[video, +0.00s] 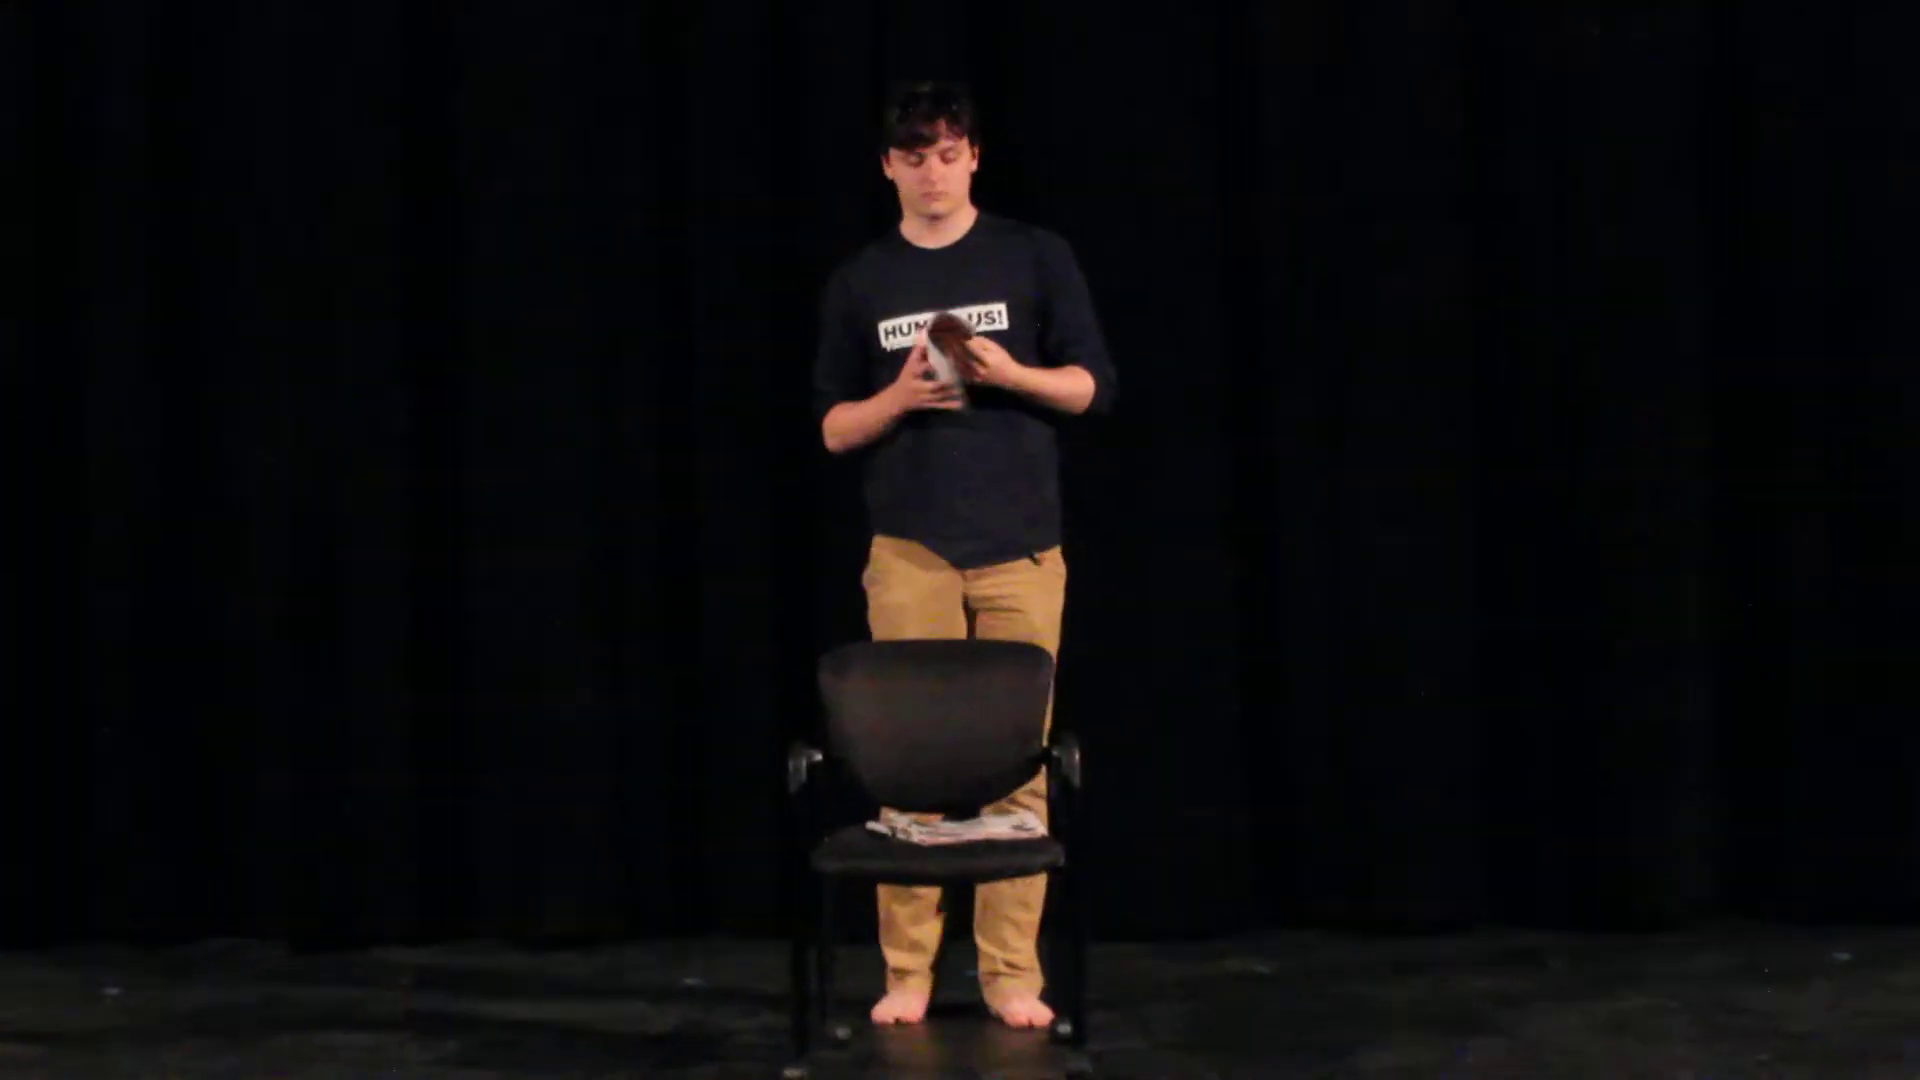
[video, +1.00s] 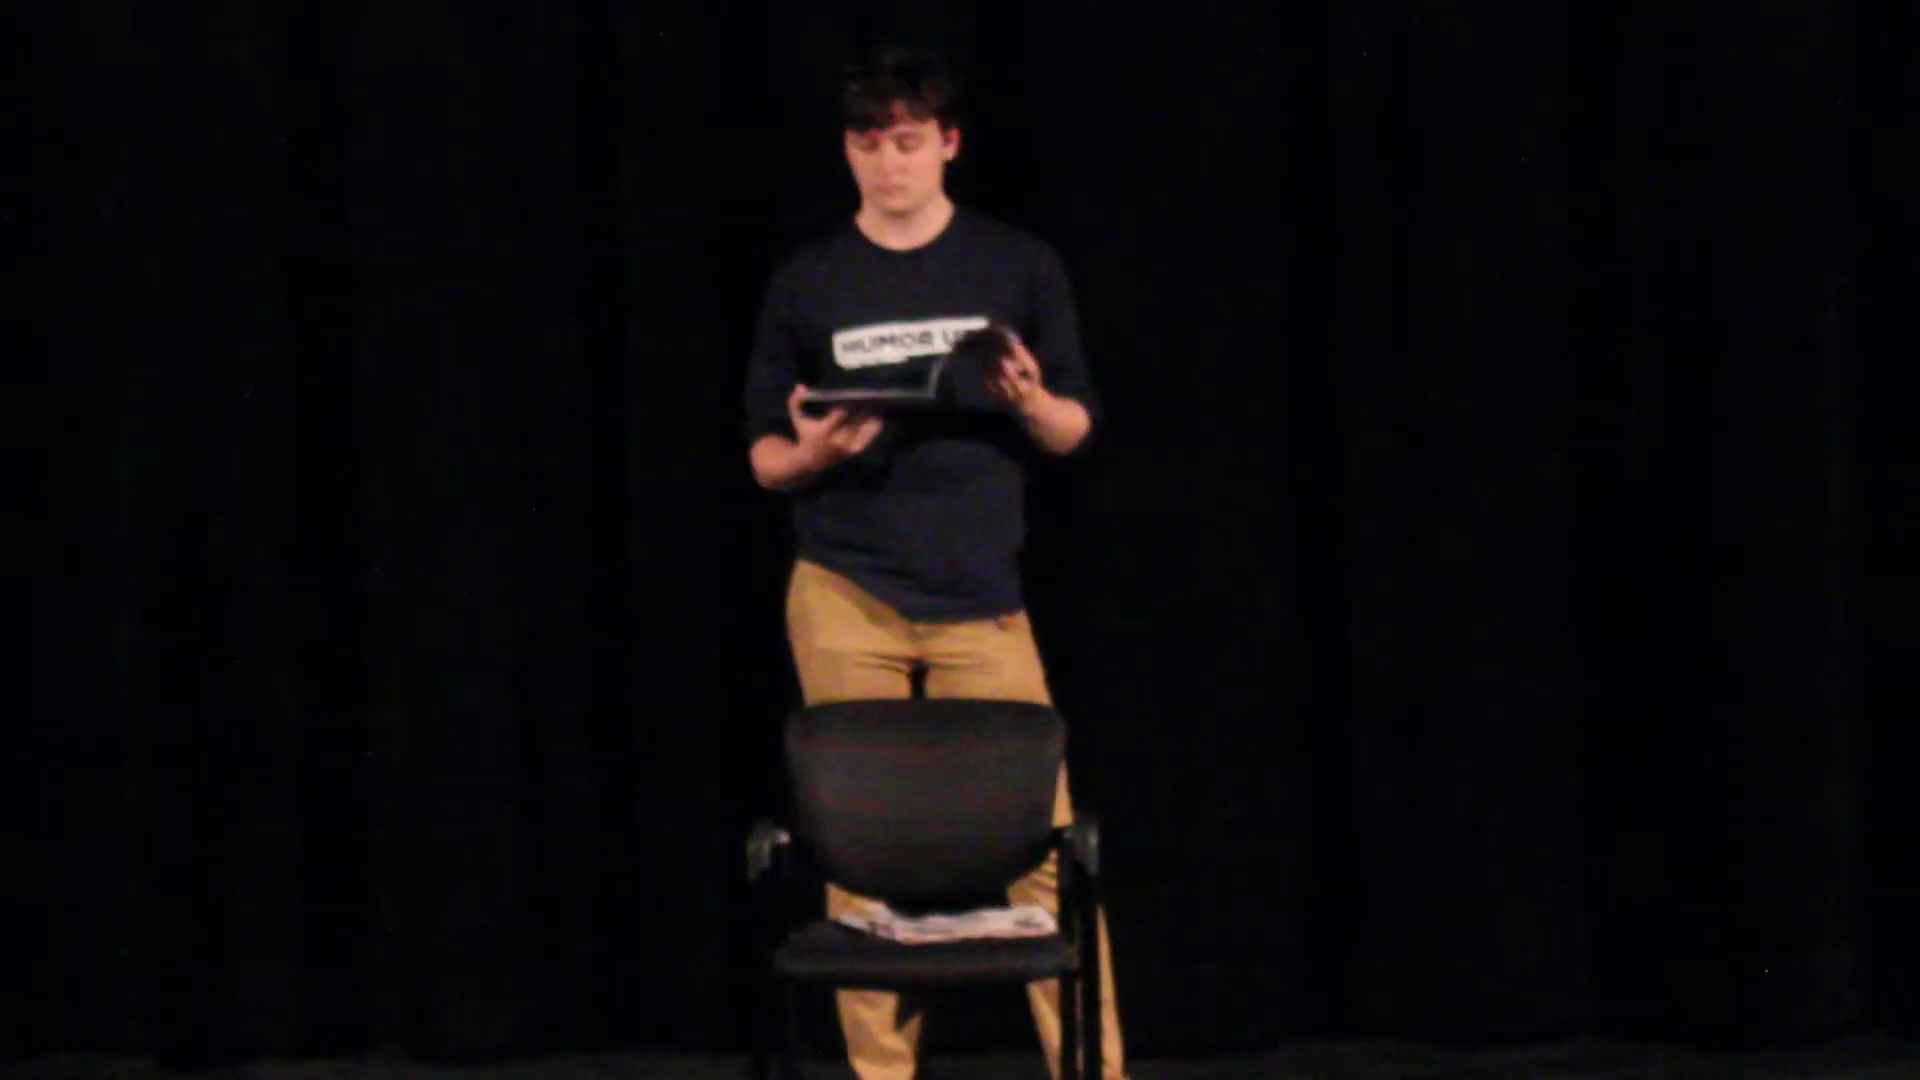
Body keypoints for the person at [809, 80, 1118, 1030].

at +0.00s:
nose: (935, 170)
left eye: (949, 152)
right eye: (917, 155)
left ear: (975, 158)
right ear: (889, 166)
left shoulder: (1038, 260)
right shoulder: (860, 282)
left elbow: (1089, 389)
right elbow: (834, 430)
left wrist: (1012, 374)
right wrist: (902, 397)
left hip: (1022, 550)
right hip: (907, 552)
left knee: (1018, 761)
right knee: (908, 759)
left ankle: (1011, 976)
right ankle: (907, 977)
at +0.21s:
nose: (946, 150)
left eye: (961, 134)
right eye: (927, 132)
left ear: (982, 144)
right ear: (890, 139)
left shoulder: (1034, 251)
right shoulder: (842, 266)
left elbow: (1075, 391)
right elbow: (811, 425)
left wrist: (999, 367)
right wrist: (903, 398)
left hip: (1021, 559)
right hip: (896, 559)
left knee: (1040, 777)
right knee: (901, 778)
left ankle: (1040, 1000)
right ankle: (912, 1002)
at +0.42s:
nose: (950, 147)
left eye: (966, 131)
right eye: (933, 127)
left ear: (987, 140)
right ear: (891, 129)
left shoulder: (1032, 250)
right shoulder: (835, 262)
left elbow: (1080, 394)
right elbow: (796, 427)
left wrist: (1026, 381)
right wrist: (881, 402)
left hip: (1013, 561)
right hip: (883, 562)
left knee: (1073, 791)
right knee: (895, 797)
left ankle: (1131, 1028)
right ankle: (914, 1030)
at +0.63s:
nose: (950, 164)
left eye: (968, 148)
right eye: (932, 142)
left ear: (990, 160)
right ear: (893, 145)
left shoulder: (1036, 273)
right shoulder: (838, 282)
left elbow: (1090, 423)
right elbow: (794, 452)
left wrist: (1014, 398)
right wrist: (880, 427)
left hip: (1009, 590)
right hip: (876, 585)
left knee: (1064, 818)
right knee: (893, 825)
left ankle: (1115, 1052)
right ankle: (912, 1059)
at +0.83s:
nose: (931, 182)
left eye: (950, 164)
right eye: (913, 161)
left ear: (979, 176)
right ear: (880, 167)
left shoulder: (1033, 290)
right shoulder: (830, 301)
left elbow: (1080, 445)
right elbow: (791, 473)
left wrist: (1009, 410)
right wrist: (873, 453)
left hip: (1000, 614)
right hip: (866, 608)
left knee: (1058, 841)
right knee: (883, 851)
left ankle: (1107, 1067)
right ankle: (901, 1069)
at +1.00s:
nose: (888, 160)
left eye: (909, 140)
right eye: (871, 141)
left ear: (949, 145)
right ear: (845, 150)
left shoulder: (1019, 268)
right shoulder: (806, 279)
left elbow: (1075, 432)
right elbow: (763, 456)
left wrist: (1032, 399)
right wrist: (808, 455)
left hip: (982, 604)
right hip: (844, 598)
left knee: (1039, 839)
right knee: (860, 848)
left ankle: (1089, 1068)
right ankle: (879, 1071)